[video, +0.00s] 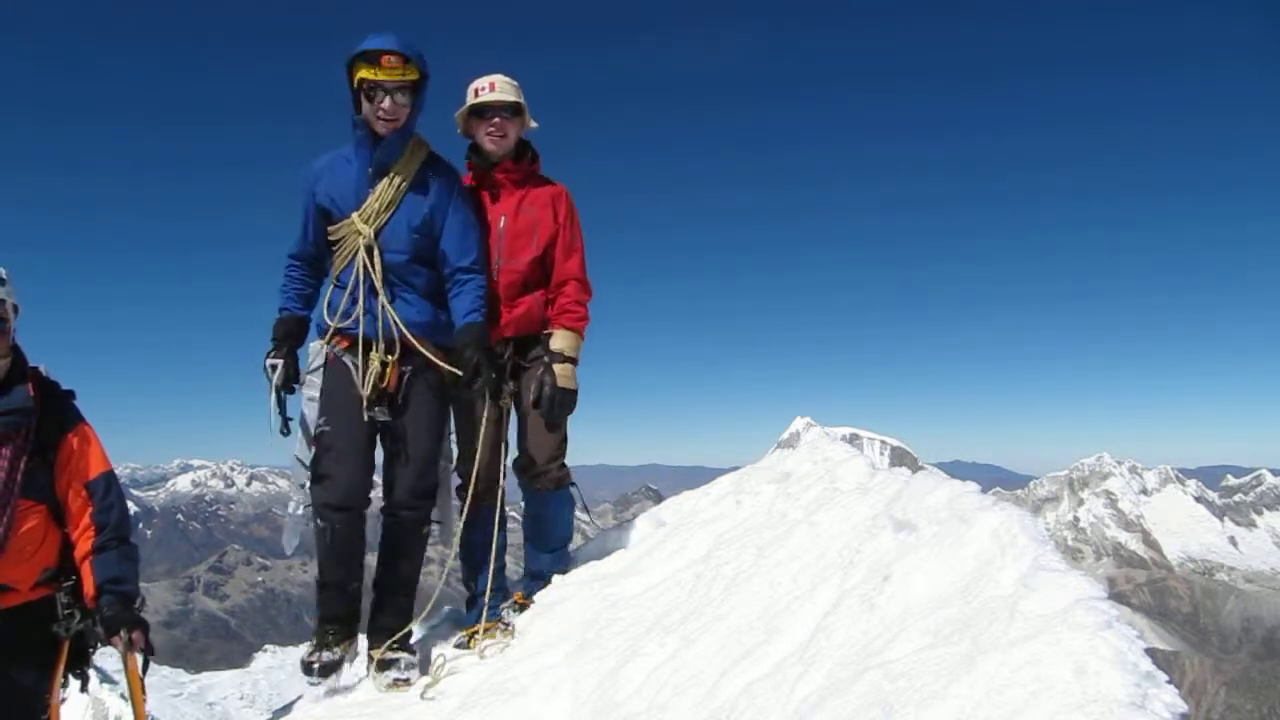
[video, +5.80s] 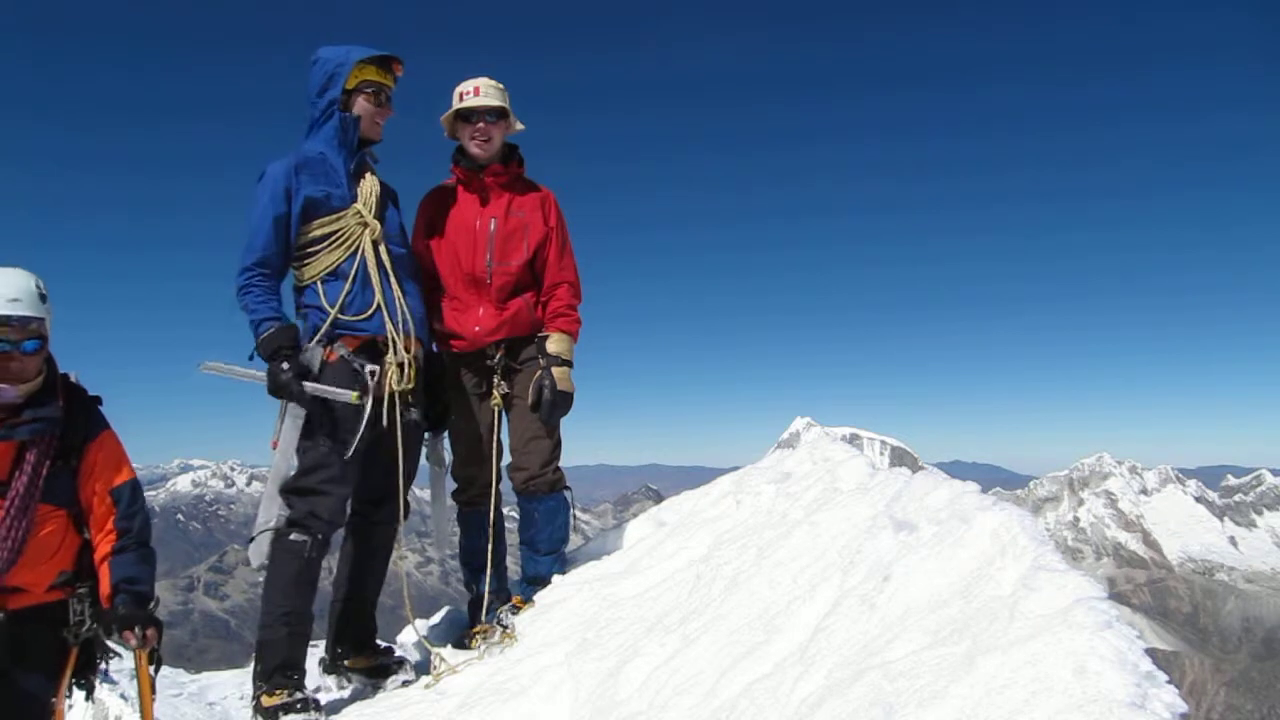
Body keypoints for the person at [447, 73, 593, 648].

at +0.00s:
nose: (496, 124)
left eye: (506, 115)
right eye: (485, 115)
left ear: (522, 124)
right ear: (470, 127)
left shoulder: (552, 198)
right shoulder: (454, 198)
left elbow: (571, 282)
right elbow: (440, 272)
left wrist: (562, 353)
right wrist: (452, 341)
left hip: (536, 348)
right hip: (473, 347)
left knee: (543, 463)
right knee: (477, 472)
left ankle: (546, 585)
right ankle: (484, 600)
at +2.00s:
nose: (501, 126)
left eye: (512, 117)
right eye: (491, 117)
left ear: (527, 127)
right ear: (473, 127)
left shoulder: (550, 204)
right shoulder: (450, 200)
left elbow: (571, 289)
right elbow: (431, 277)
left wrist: (572, 360)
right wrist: (435, 351)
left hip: (535, 350)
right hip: (469, 352)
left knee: (539, 466)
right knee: (476, 476)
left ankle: (542, 587)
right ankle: (485, 599)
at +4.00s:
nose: (494, 125)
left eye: (505, 116)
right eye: (484, 116)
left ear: (522, 126)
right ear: (467, 126)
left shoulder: (548, 202)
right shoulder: (443, 203)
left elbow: (569, 288)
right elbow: (425, 284)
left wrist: (567, 359)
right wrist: (427, 367)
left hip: (532, 353)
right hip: (464, 359)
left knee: (539, 470)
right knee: (478, 480)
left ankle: (541, 591)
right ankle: (484, 605)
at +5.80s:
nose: (480, 128)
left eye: (490, 118)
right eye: (469, 120)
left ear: (509, 127)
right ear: (455, 130)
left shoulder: (538, 201)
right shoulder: (436, 204)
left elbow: (562, 284)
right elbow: (422, 288)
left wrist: (559, 356)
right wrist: (426, 365)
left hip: (527, 351)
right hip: (459, 359)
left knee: (534, 469)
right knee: (474, 478)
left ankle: (541, 587)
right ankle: (484, 600)